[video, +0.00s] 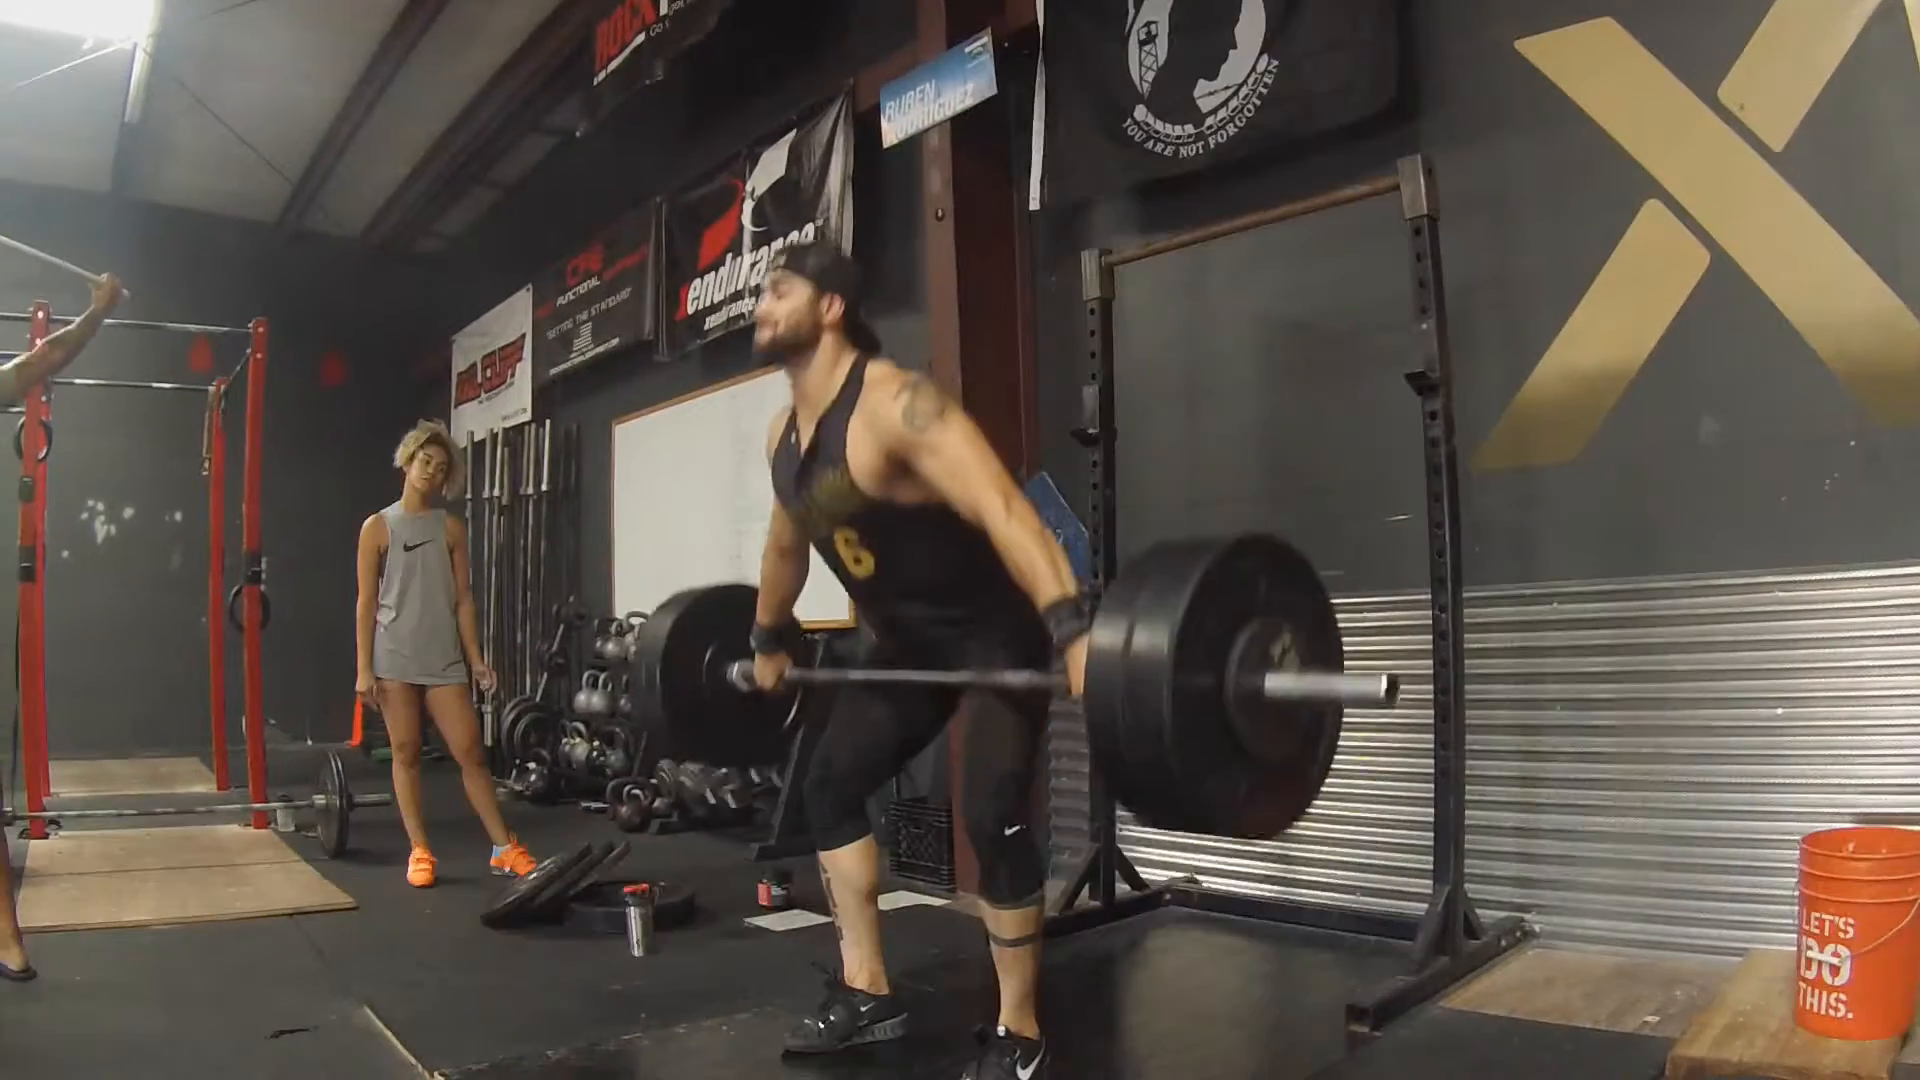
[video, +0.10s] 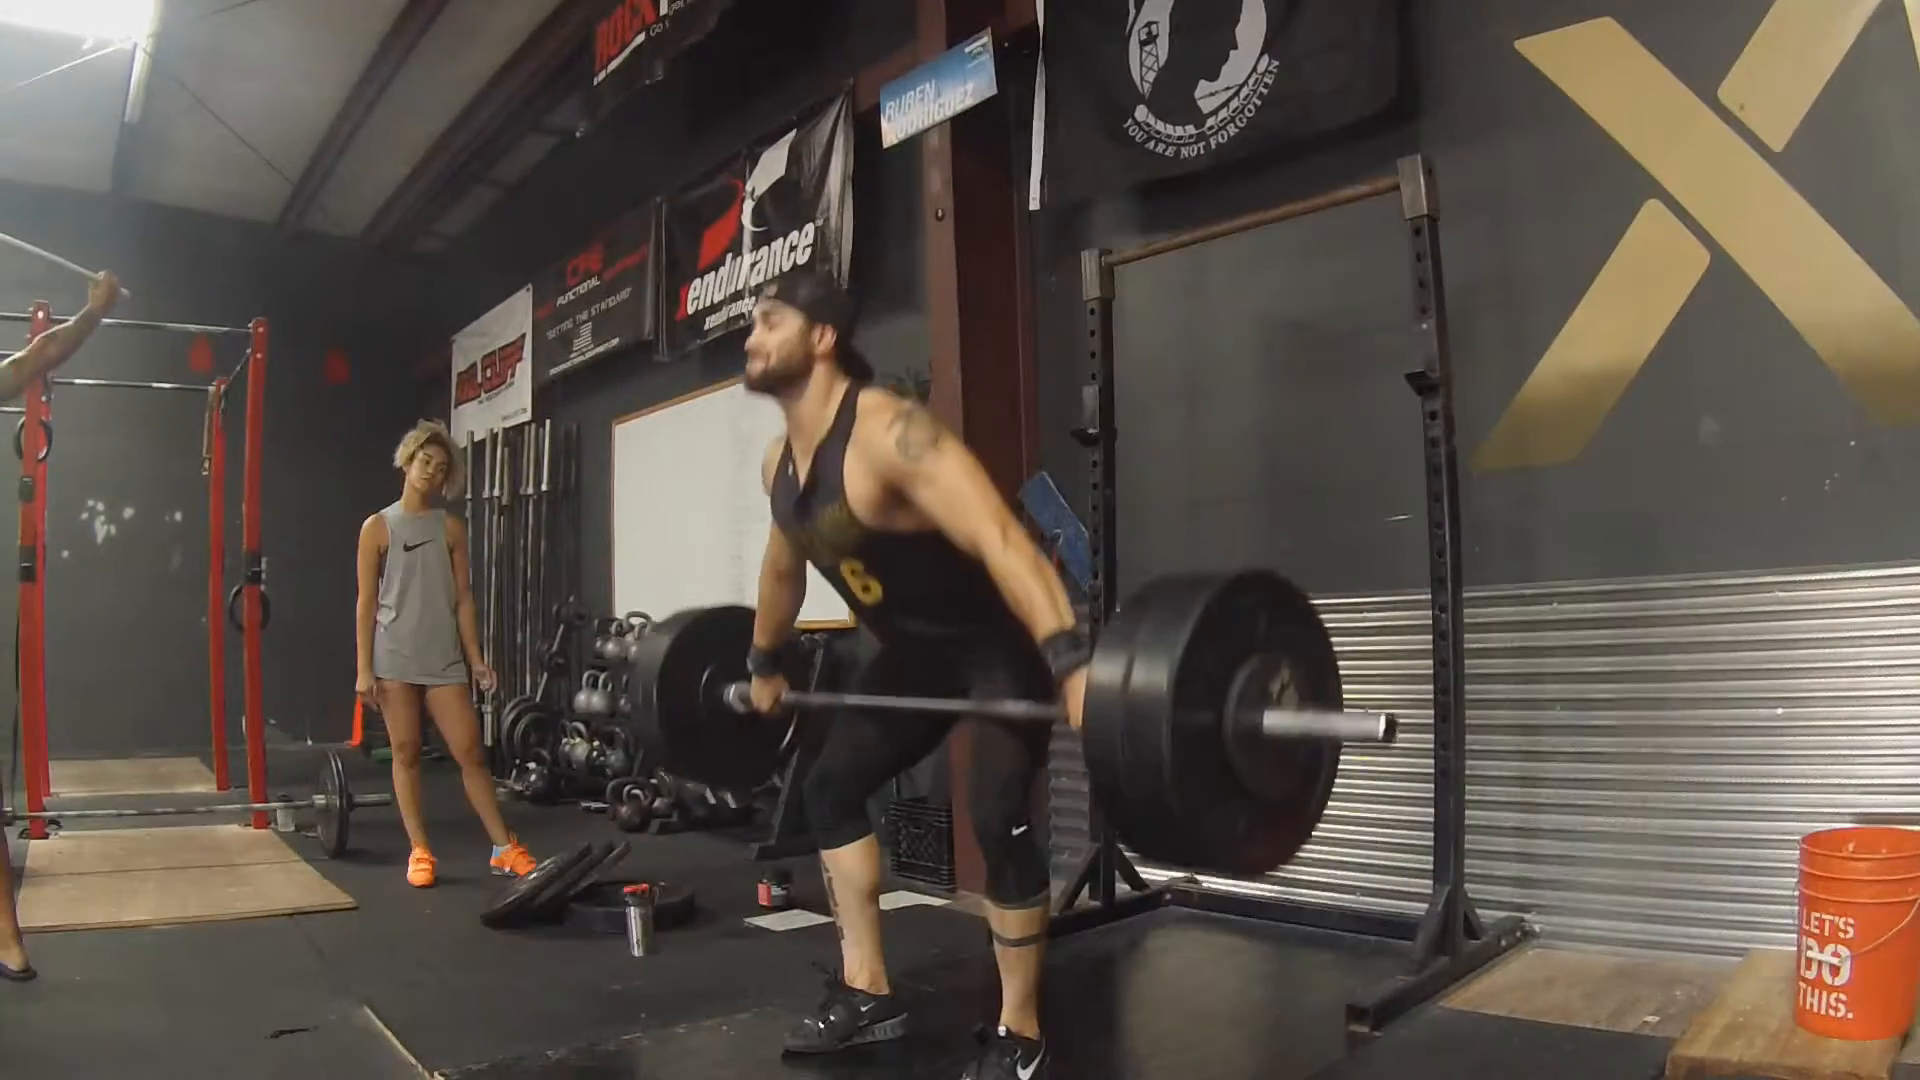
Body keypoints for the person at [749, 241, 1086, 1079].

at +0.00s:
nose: (760, 307)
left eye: (779, 293)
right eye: (762, 294)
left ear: (831, 310)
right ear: (796, 317)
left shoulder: (904, 402)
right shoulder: (788, 432)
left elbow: (1002, 509)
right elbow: (788, 541)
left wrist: (1074, 630)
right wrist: (769, 637)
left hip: (998, 635)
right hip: (906, 643)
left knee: (991, 819)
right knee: (832, 782)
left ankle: (1020, 1032)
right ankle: (866, 992)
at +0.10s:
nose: (750, 340)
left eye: (767, 326)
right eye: (751, 328)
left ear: (822, 341)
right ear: (793, 348)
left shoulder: (895, 431)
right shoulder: (783, 462)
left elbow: (1003, 539)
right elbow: (785, 565)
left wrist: (1072, 664)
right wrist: (764, 663)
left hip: (1002, 643)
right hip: (916, 650)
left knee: (998, 819)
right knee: (831, 786)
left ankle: (1021, 1034)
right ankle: (866, 991)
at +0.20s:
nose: (743, 371)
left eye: (762, 355)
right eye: (745, 357)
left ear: (817, 369)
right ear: (788, 377)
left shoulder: (891, 459)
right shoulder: (779, 486)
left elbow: (998, 568)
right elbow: (778, 595)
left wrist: (1067, 693)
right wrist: (761, 691)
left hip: (1004, 652)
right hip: (922, 660)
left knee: (1006, 824)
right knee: (830, 788)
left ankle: (1021, 1032)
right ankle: (866, 990)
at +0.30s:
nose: (738, 397)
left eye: (757, 382)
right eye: (740, 383)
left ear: (810, 397)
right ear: (781, 401)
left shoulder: (885, 487)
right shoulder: (776, 513)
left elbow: (997, 598)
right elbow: (773, 620)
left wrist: (1065, 727)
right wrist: (757, 712)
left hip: (1005, 658)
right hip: (923, 669)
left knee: (1010, 824)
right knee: (831, 787)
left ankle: (1020, 1029)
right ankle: (867, 990)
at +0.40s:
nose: (733, 423)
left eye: (752, 406)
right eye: (734, 408)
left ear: (806, 423)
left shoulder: (884, 508)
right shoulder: (772, 533)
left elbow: (992, 621)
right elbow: (768, 637)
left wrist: (1060, 753)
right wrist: (752, 731)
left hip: (1008, 658)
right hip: (921, 672)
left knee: (1012, 819)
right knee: (831, 784)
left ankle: (1020, 1030)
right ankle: (867, 990)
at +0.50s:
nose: (728, 440)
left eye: (748, 426)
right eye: (730, 426)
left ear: (802, 442)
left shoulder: (883, 524)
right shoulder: (771, 549)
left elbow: (990, 640)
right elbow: (765, 652)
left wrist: (1054, 772)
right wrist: (746, 742)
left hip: (1026, 652)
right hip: (936, 665)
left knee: (1013, 817)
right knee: (832, 782)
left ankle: (1020, 1029)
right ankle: (866, 990)